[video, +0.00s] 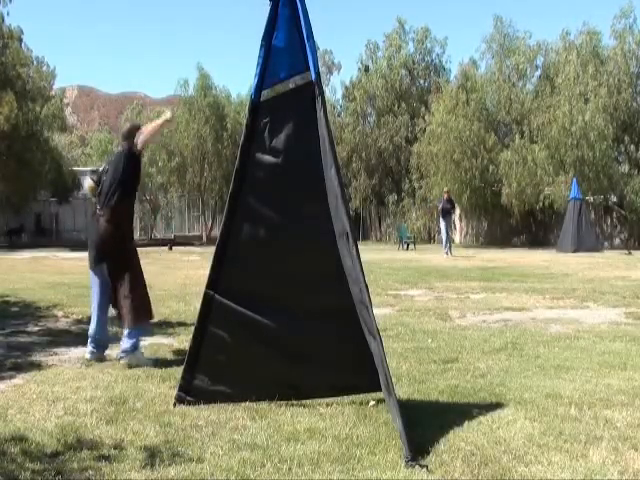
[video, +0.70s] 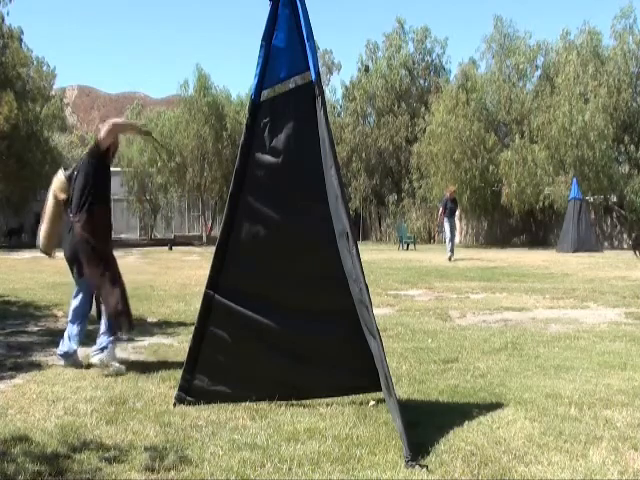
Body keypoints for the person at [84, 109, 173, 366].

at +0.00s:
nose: (144, 140)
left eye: (143, 137)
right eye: (142, 136)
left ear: (123, 138)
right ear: (135, 138)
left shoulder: (110, 163)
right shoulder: (129, 156)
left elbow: (94, 186)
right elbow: (143, 136)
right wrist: (163, 119)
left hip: (98, 238)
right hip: (118, 238)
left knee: (100, 296)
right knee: (133, 292)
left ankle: (95, 347)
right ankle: (130, 349)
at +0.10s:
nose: (144, 151)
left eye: (141, 148)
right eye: (143, 148)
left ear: (123, 148)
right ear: (139, 149)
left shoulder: (112, 164)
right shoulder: (141, 168)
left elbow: (90, 184)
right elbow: (167, 181)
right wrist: (177, 156)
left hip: (92, 224)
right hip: (111, 229)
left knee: (94, 285)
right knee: (122, 284)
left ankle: (94, 346)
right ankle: (126, 350)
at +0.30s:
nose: (140, 158)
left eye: (138, 154)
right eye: (139, 154)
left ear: (119, 154)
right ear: (133, 155)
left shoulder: (102, 168)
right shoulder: (135, 182)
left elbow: (75, 193)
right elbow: (137, 224)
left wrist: (88, 219)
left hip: (90, 230)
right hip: (112, 236)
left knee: (95, 289)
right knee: (127, 290)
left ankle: (89, 346)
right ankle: (127, 351)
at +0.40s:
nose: (131, 149)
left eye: (128, 144)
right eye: (131, 145)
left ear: (111, 144)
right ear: (127, 146)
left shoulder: (95, 161)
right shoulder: (131, 172)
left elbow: (76, 192)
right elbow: (132, 213)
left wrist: (92, 206)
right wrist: (131, 242)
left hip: (85, 230)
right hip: (108, 235)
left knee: (92, 290)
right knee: (117, 291)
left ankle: (74, 346)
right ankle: (127, 352)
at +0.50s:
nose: (123, 141)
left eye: (122, 137)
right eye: (122, 138)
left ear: (102, 138)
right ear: (115, 138)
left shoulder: (86, 158)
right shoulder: (117, 161)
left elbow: (67, 193)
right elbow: (135, 192)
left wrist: (83, 206)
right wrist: (139, 207)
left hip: (77, 226)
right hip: (98, 229)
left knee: (80, 289)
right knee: (110, 290)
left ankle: (68, 349)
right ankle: (130, 351)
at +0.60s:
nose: (118, 139)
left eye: (116, 135)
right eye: (115, 134)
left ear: (96, 137)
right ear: (108, 135)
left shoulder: (84, 159)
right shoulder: (109, 155)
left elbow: (64, 189)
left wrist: (71, 214)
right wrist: (152, 178)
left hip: (74, 228)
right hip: (93, 230)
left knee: (80, 290)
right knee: (114, 287)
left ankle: (67, 351)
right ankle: (118, 349)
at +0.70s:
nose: (116, 150)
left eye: (116, 147)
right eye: (116, 146)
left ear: (97, 146)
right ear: (109, 144)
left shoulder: (79, 166)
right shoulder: (97, 159)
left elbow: (59, 187)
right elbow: (111, 125)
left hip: (72, 235)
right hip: (89, 234)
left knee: (84, 290)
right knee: (111, 289)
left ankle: (68, 348)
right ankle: (104, 351)